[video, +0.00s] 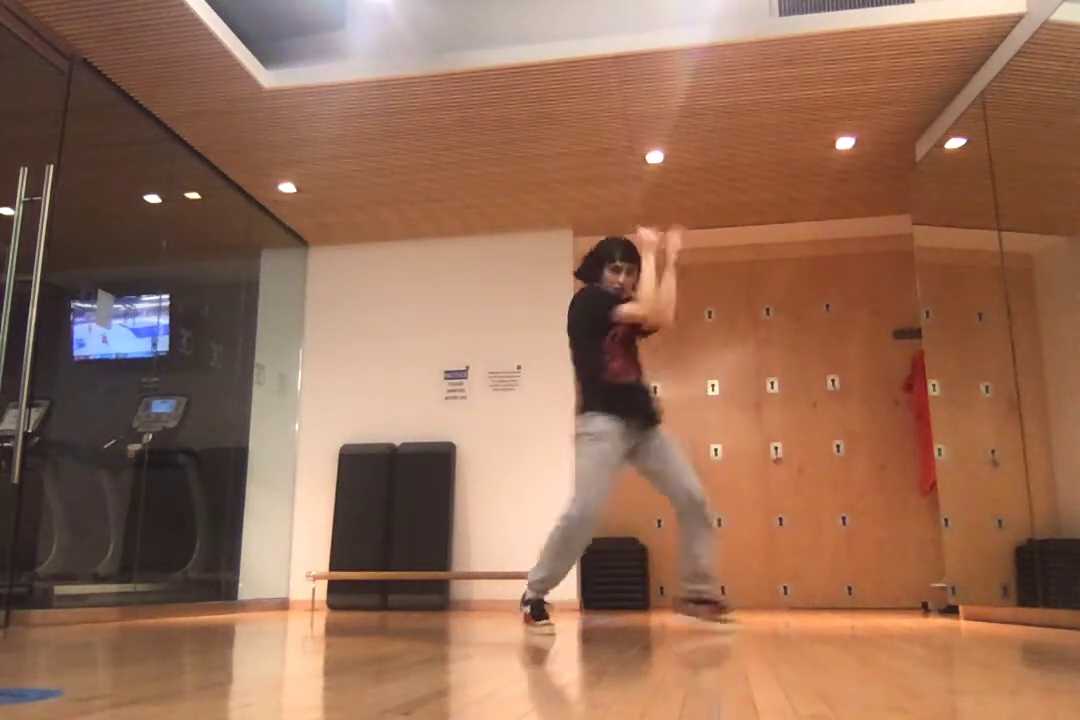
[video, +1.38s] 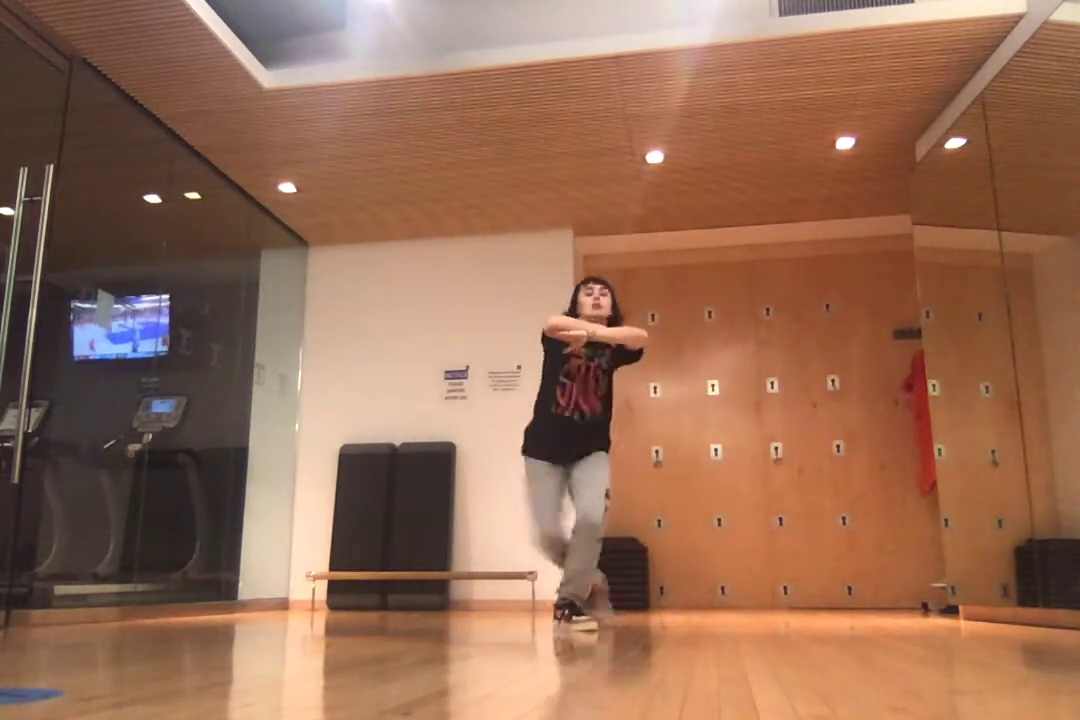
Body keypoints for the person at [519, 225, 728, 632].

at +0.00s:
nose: (623, 280)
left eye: (630, 273)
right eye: (615, 270)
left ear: (634, 274)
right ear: (597, 270)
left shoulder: (622, 307)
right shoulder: (588, 302)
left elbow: (662, 316)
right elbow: (648, 312)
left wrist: (670, 261)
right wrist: (651, 255)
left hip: (642, 422)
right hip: (602, 421)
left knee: (692, 498)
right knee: (585, 512)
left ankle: (699, 594)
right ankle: (535, 593)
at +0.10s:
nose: (627, 298)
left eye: (634, 290)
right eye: (619, 289)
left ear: (640, 289)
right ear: (600, 288)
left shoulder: (643, 317)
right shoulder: (582, 315)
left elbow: (677, 325)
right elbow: (562, 306)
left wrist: (693, 320)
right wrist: (614, 283)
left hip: (624, 434)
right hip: (575, 428)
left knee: (655, 497)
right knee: (551, 502)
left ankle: (603, 585)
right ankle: (522, 590)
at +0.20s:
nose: (615, 300)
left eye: (621, 292)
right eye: (607, 293)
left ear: (633, 295)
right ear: (595, 297)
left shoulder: (653, 329)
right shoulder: (576, 325)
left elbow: (707, 333)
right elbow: (528, 329)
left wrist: (767, 331)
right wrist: (498, 320)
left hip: (619, 450)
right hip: (568, 436)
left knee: (617, 524)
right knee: (522, 505)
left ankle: (566, 600)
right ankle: (473, 581)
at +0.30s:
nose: (611, 287)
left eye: (617, 280)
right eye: (604, 281)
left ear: (627, 284)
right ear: (591, 286)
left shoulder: (645, 323)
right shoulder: (575, 322)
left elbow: (699, 345)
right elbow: (524, 354)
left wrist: (753, 358)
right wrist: (477, 346)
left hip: (619, 447)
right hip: (568, 438)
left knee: (619, 526)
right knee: (519, 515)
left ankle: (568, 602)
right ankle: (485, 575)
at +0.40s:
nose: (608, 254)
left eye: (614, 248)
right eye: (601, 248)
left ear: (624, 255)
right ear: (590, 256)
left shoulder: (642, 303)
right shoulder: (574, 302)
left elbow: (670, 347)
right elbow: (555, 351)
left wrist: (716, 378)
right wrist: (543, 358)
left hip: (616, 420)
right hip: (569, 418)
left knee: (604, 503)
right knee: (565, 502)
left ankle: (576, 595)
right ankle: (566, 580)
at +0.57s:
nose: (600, 258)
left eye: (607, 252)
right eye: (594, 251)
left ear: (619, 260)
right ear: (581, 257)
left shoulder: (633, 303)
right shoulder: (568, 297)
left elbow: (652, 348)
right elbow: (572, 331)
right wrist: (603, 297)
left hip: (621, 409)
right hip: (575, 409)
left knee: (608, 497)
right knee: (594, 500)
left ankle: (597, 592)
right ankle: (621, 583)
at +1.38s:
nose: (597, 298)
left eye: (603, 294)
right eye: (589, 293)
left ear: (614, 306)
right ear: (575, 304)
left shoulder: (614, 347)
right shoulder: (558, 336)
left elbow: (640, 337)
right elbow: (552, 326)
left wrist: (591, 334)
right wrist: (598, 331)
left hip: (591, 447)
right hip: (545, 445)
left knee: (592, 519)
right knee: (546, 533)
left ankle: (569, 598)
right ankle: (593, 582)